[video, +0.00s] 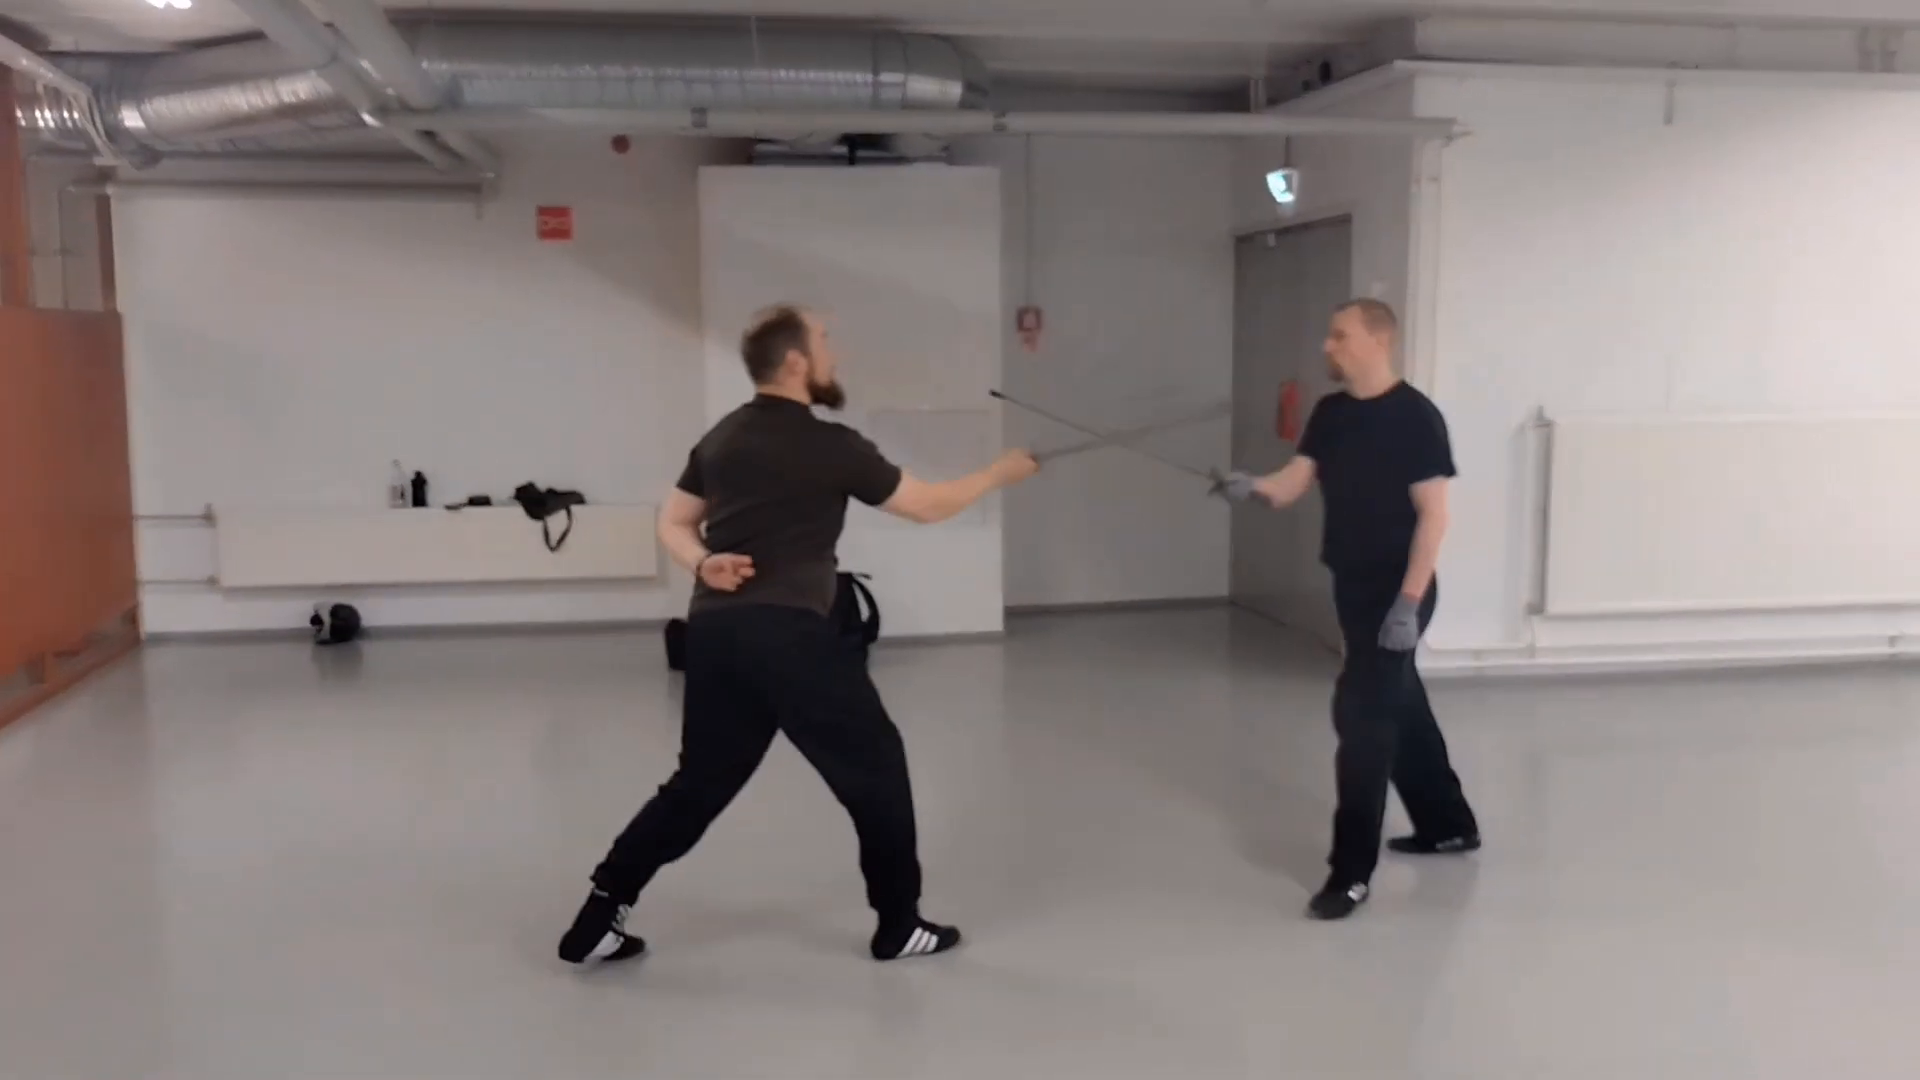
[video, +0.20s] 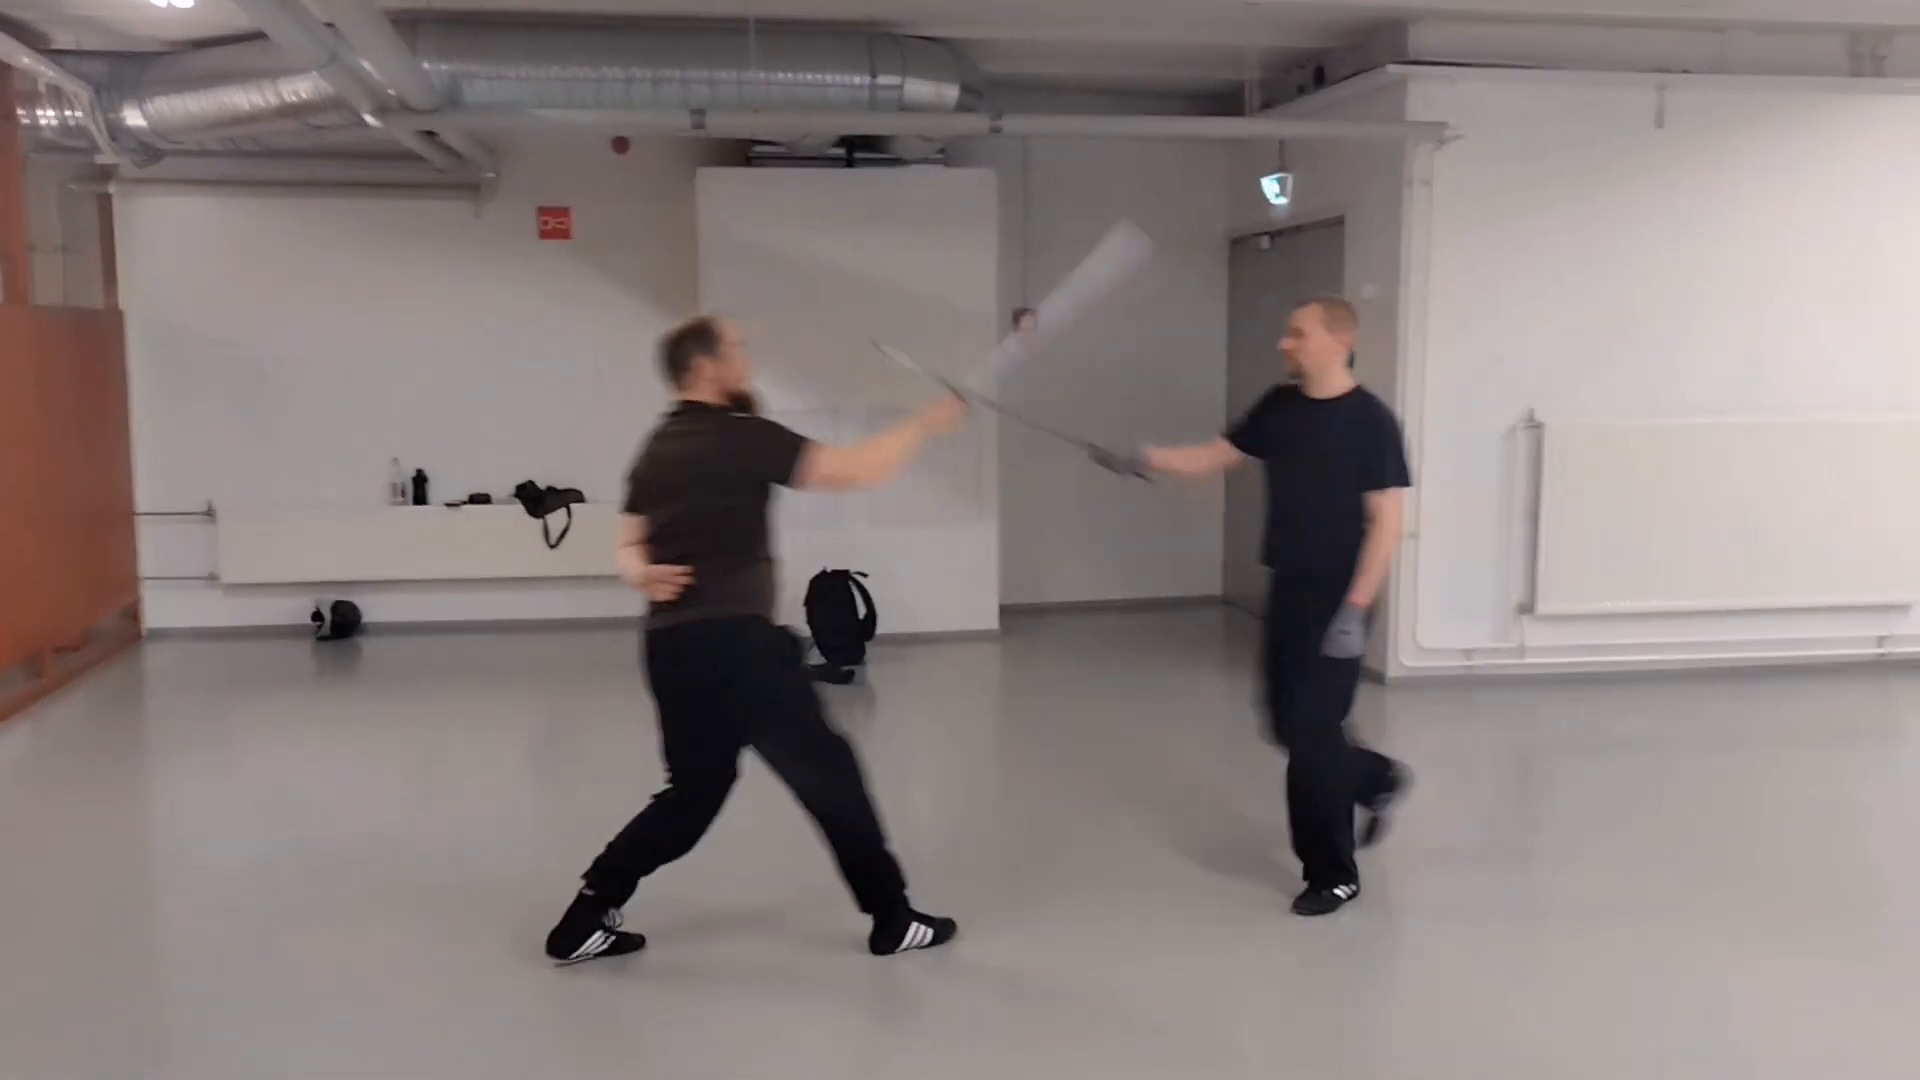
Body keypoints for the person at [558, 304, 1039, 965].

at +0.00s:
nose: (832, 354)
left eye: (826, 341)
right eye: (823, 343)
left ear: (769, 366)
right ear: (796, 361)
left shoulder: (722, 438)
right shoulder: (827, 441)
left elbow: (673, 524)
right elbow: (928, 504)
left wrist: (701, 561)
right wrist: (999, 473)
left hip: (715, 636)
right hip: (794, 634)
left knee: (702, 780)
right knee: (875, 765)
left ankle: (596, 916)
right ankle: (899, 925)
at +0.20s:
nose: (745, 362)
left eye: (739, 349)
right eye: (734, 351)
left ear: (686, 372)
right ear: (704, 367)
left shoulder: (659, 446)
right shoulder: (742, 435)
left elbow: (629, 542)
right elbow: (858, 466)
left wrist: (643, 574)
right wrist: (926, 423)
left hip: (674, 647)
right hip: (743, 643)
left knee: (696, 789)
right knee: (828, 773)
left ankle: (584, 921)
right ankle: (892, 918)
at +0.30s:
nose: (694, 361)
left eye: (688, 349)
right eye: (682, 351)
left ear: (632, 371)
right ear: (650, 365)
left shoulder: (615, 442)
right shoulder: (680, 417)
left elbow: (605, 532)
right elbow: (780, 405)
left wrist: (599, 565)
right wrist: (857, 352)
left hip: (638, 644)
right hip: (696, 638)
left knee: (677, 788)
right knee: (783, 773)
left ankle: (583, 922)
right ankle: (871, 911)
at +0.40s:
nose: (648, 356)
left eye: (641, 346)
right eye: (635, 346)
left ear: (587, 370)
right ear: (599, 365)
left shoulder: (573, 444)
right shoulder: (620, 417)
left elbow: (593, 531)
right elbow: (717, 372)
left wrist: (583, 568)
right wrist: (786, 296)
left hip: (610, 638)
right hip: (660, 629)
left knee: (670, 785)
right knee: (767, 752)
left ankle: (589, 921)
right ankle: (813, 911)